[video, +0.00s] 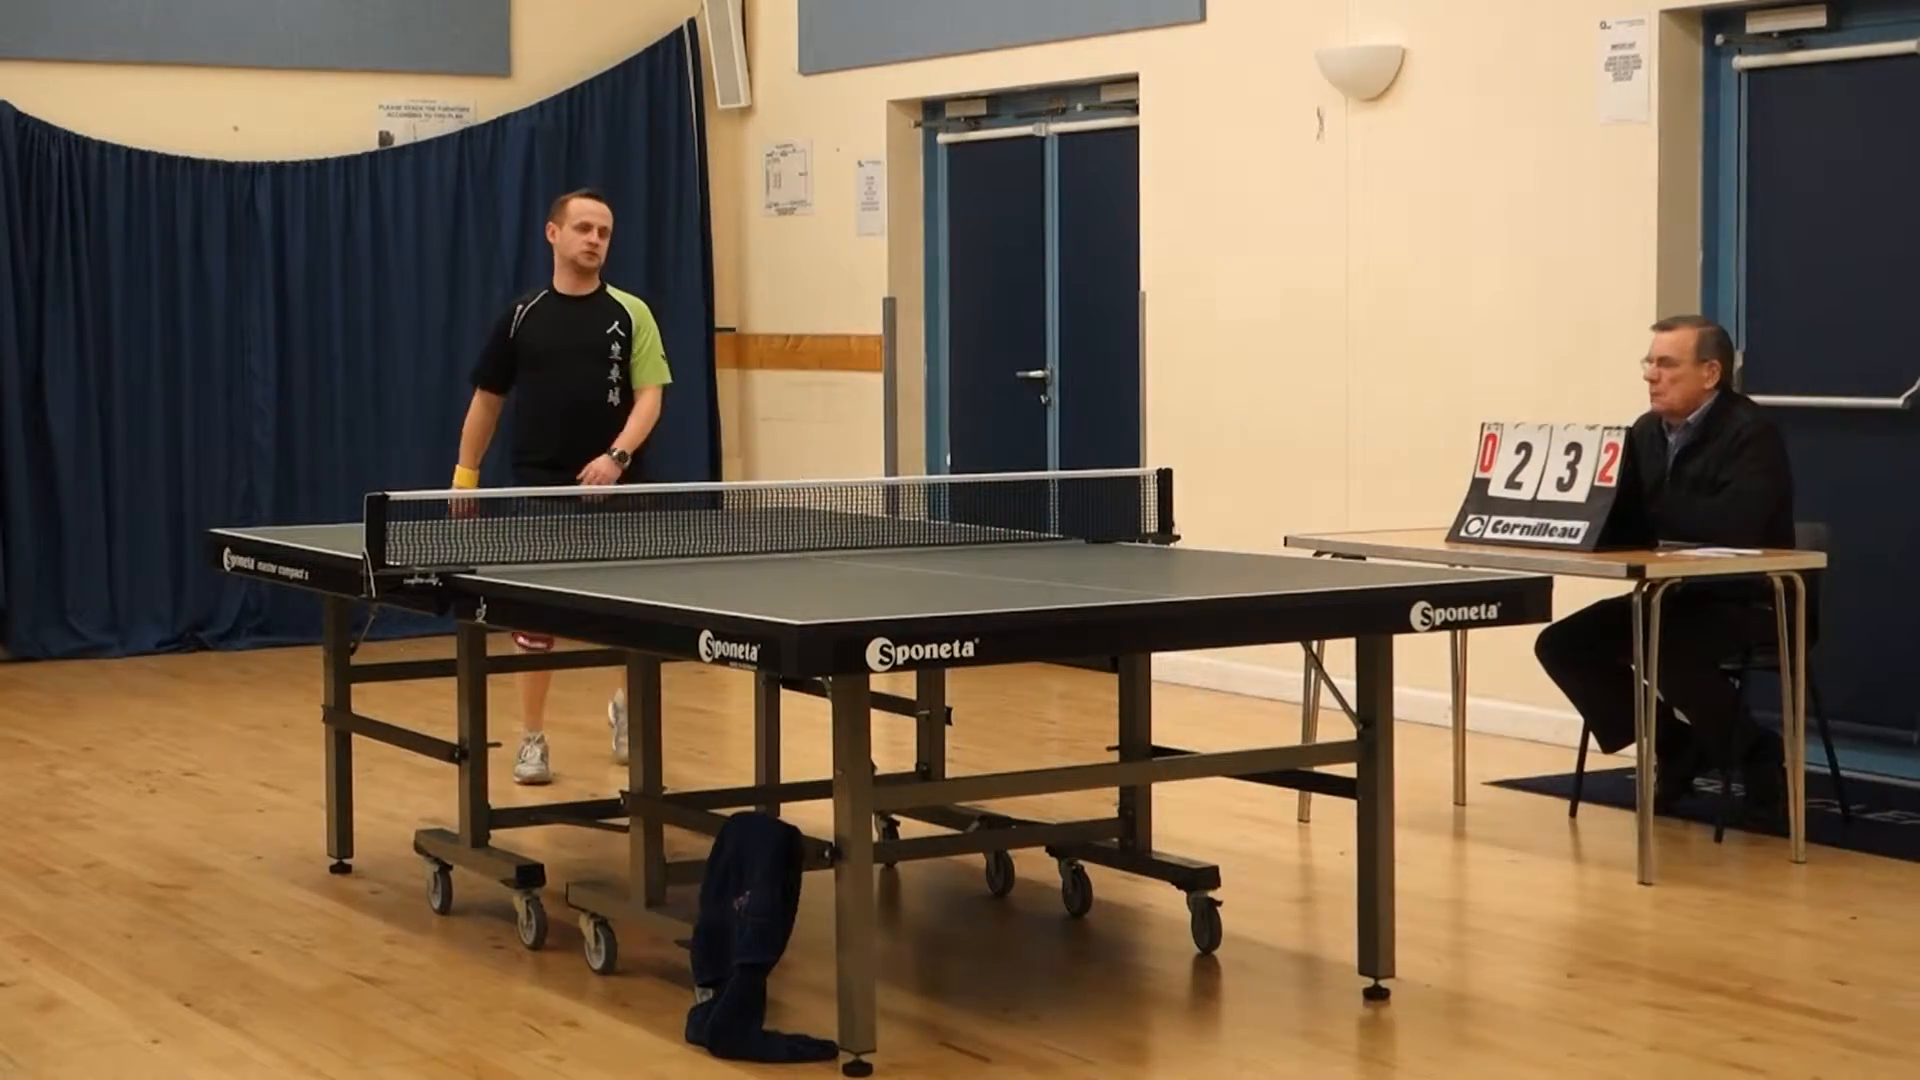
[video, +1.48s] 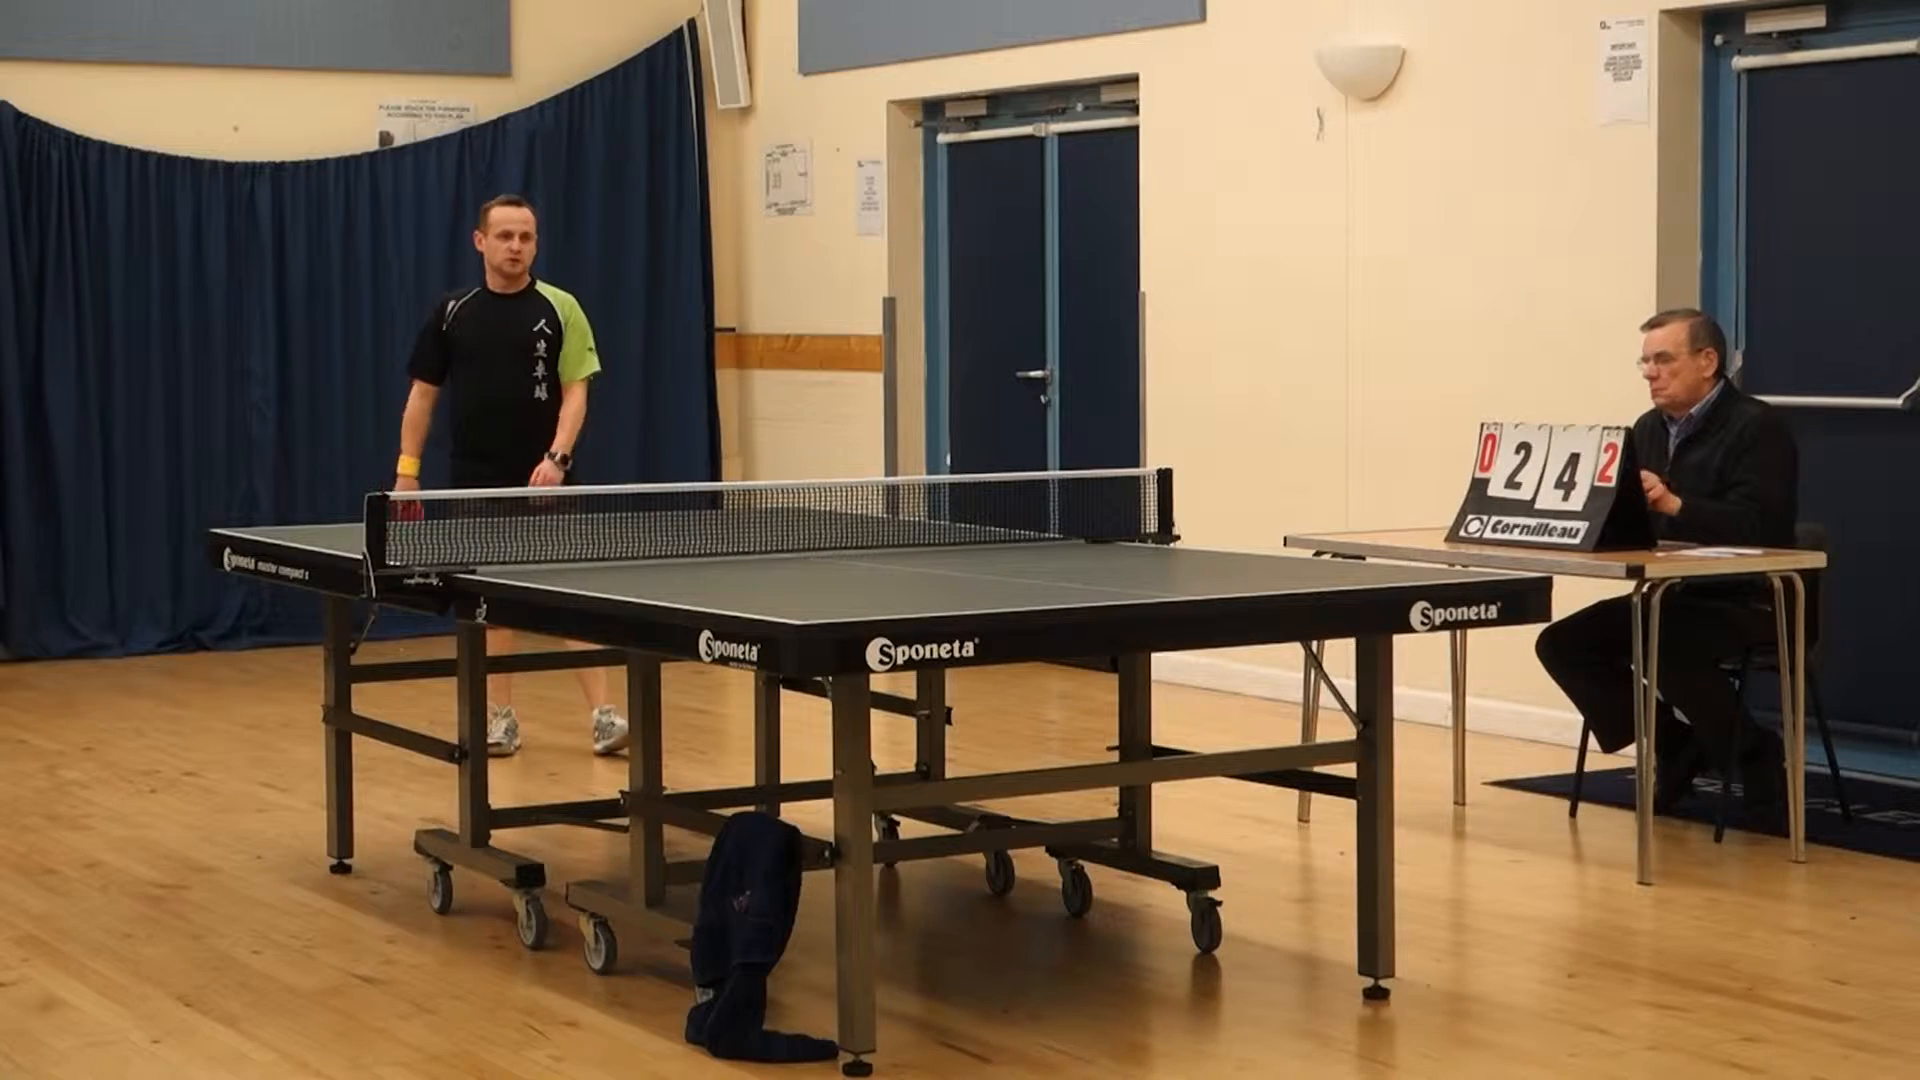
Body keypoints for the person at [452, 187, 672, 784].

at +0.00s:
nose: (595, 239)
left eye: (603, 232)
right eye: (583, 228)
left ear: (611, 242)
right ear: (553, 234)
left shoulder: (631, 313)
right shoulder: (522, 316)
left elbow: (650, 395)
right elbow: (486, 400)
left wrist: (616, 455)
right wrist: (465, 475)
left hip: (615, 492)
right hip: (537, 494)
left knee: (645, 606)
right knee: (535, 616)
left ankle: (627, 706)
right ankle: (531, 735)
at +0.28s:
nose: (607, 246)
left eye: (616, 238)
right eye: (597, 234)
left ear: (624, 247)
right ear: (566, 237)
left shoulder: (641, 319)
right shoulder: (530, 315)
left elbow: (666, 392)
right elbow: (499, 390)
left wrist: (674, 444)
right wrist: (489, 452)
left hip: (620, 495)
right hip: (542, 495)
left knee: (622, 612)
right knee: (537, 615)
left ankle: (614, 723)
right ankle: (533, 730)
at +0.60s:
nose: (604, 240)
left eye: (612, 232)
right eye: (593, 229)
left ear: (620, 241)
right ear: (564, 234)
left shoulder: (634, 312)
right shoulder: (532, 307)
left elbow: (654, 394)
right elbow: (508, 383)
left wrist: (675, 466)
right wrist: (540, 430)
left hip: (622, 485)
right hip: (544, 483)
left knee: (621, 602)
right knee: (520, 599)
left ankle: (613, 719)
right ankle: (504, 713)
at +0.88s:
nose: (564, 246)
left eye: (573, 237)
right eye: (553, 236)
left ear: (581, 244)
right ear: (526, 241)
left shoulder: (602, 315)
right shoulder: (497, 312)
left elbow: (620, 400)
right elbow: (473, 396)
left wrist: (635, 477)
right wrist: (489, 464)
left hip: (593, 490)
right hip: (518, 491)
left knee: (612, 608)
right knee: (505, 606)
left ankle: (613, 719)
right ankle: (500, 713)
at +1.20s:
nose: (528, 247)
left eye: (536, 237)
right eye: (516, 237)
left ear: (547, 243)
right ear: (491, 243)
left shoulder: (572, 310)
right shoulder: (463, 316)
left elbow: (590, 383)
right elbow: (426, 395)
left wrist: (580, 437)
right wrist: (402, 472)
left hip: (558, 485)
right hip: (486, 486)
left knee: (590, 600)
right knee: (496, 604)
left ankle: (606, 714)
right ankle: (498, 712)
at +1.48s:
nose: (517, 246)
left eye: (526, 237)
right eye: (506, 236)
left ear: (536, 243)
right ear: (481, 242)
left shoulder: (561, 308)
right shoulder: (453, 312)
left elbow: (576, 391)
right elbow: (422, 393)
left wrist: (558, 456)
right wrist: (406, 474)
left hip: (546, 482)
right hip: (477, 486)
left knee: (575, 597)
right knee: (493, 604)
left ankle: (604, 711)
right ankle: (498, 713)